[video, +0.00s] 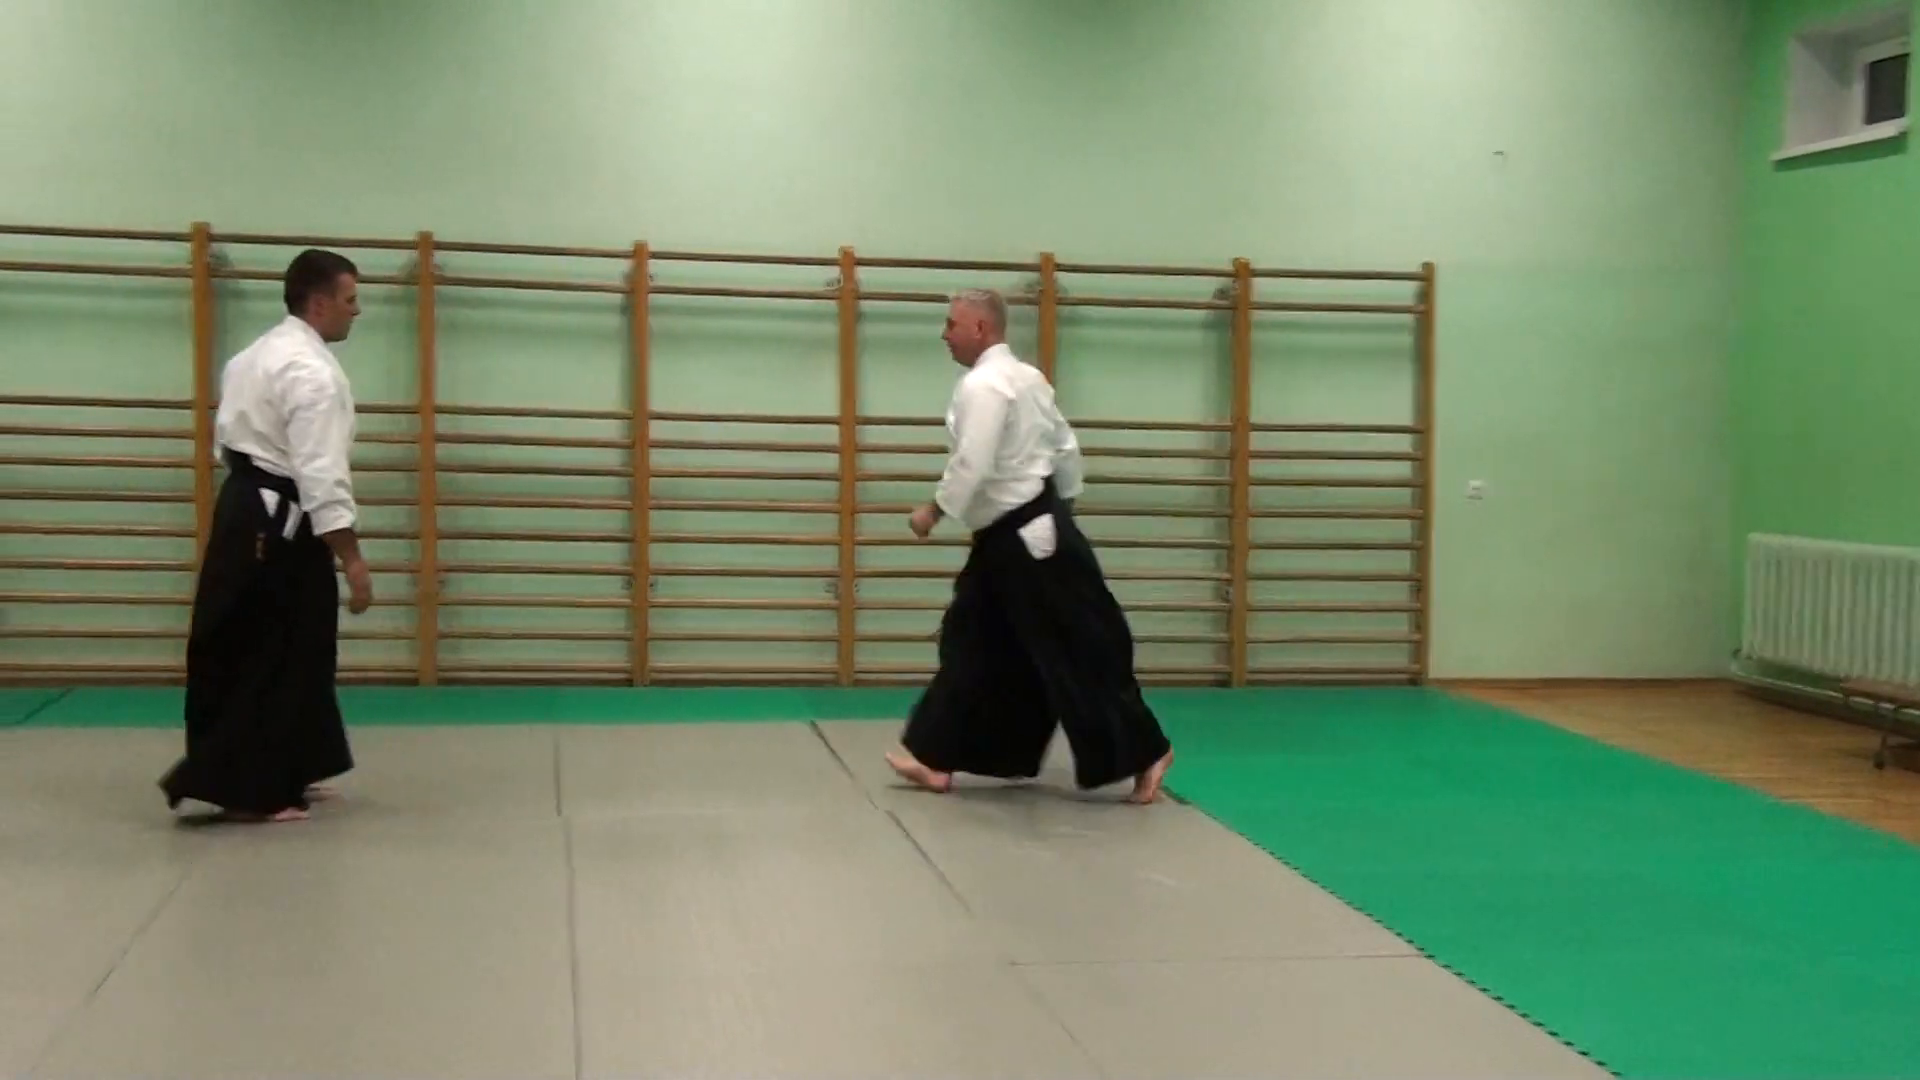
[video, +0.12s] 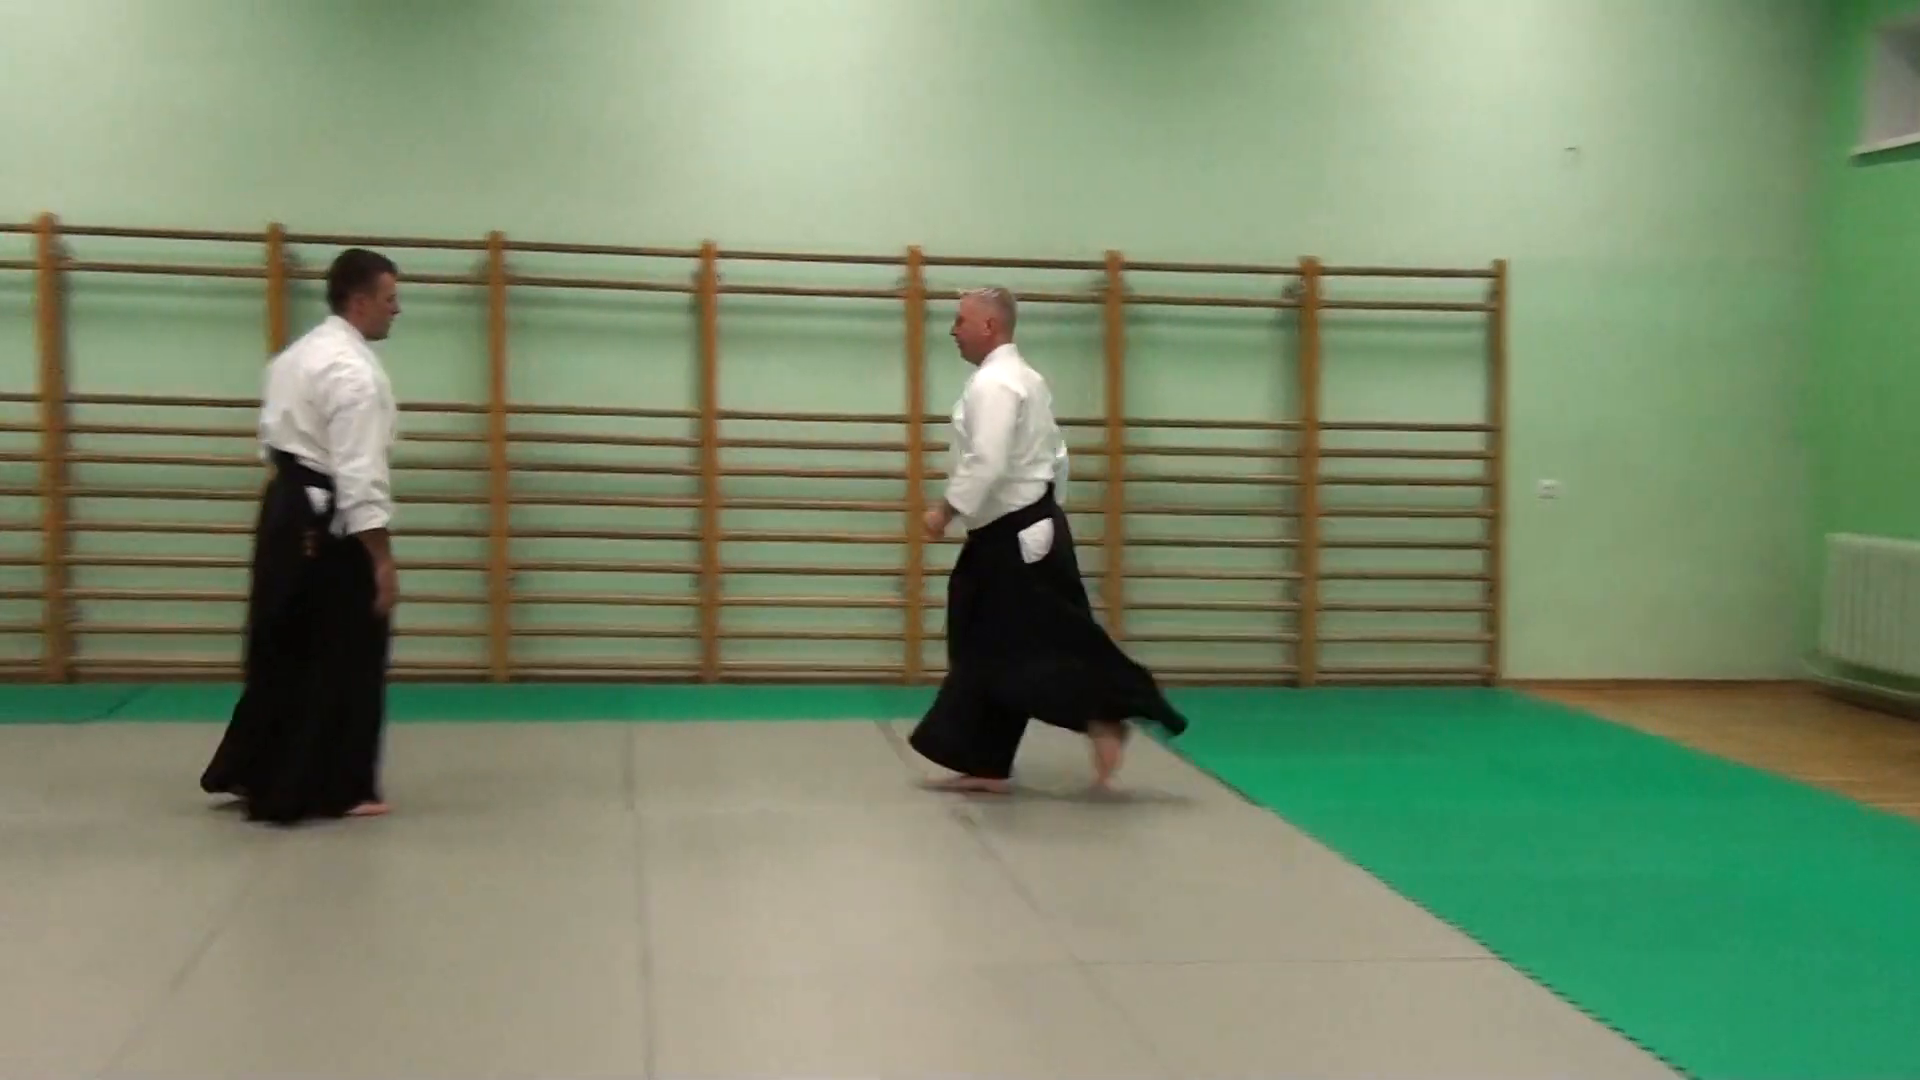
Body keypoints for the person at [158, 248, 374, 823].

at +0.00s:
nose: (356, 311)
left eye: (355, 300)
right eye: (349, 300)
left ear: (303, 301)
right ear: (315, 301)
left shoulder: (254, 354)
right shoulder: (313, 372)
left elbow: (228, 442)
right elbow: (320, 474)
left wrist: (262, 488)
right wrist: (352, 559)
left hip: (242, 514)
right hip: (285, 526)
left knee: (261, 645)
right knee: (289, 651)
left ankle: (284, 772)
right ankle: (255, 789)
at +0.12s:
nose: (396, 310)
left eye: (396, 299)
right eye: (390, 299)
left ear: (348, 300)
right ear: (356, 300)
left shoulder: (297, 353)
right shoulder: (355, 371)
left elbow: (275, 439)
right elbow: (358, 474)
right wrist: (382, 558)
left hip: (284, 508)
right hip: (331, 518)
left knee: (287, 644)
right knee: (350, 652)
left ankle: (252, 769)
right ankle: (341, 785)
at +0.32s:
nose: (491, 311)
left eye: (490, 300)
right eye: (484, 300)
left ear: (446, 303)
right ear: (454, 302)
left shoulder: (395, 357)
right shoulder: (453, 375)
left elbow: (377, 450)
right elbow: (460, 479)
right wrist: (499, 551)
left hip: (379, 513)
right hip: (429, 524)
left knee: (360, 638)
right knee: (471, 648)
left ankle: (301, 761)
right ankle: (482, 778)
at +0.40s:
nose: (517, 312)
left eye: (517, 300)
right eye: (511, 301)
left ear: (466, 302)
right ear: (480, 302)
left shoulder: (420, 355)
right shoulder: (478, 374)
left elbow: (406, 442)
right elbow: (491, 469)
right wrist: (539, 525)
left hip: (402, 508)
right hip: (454, 521)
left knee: (387, 636)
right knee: (502, 638)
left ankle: (341, 762)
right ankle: (519, 775)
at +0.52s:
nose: (561, 309)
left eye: (561, 299)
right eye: (555, 299)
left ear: (516, 299)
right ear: (524, 299)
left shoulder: (472, 349)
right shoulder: (525, 369)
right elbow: (555, 464)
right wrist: (620, 486)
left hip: (450, 502)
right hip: (497, 516)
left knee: (442, 633)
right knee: (548, 637)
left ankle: (399, 758)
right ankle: (575, 773)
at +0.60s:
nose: (595, 307)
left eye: (595, 296)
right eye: (589, 296)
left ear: (549, 296)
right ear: (558, 296)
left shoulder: (510, 345)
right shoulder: (563, 367)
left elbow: (561, 439)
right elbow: (599, 458)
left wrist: (641, 449)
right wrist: (666, 467)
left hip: (490, 498)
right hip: (535, 515)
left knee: (483, 631)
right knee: (586, 632)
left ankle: (442, 755)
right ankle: (607, 770)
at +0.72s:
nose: (635, 304)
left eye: (635, 293)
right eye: (627, 293)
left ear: (588, 297)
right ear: (596, 295)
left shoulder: (555, 343)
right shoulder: (603, 364)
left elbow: (626, 423)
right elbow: (651, 446)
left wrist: (697, 426)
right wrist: (721, 450)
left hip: (535, 498)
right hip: (579, 512)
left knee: (529, 629)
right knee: (630, 629)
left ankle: (490, 755)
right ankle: (650, 765)